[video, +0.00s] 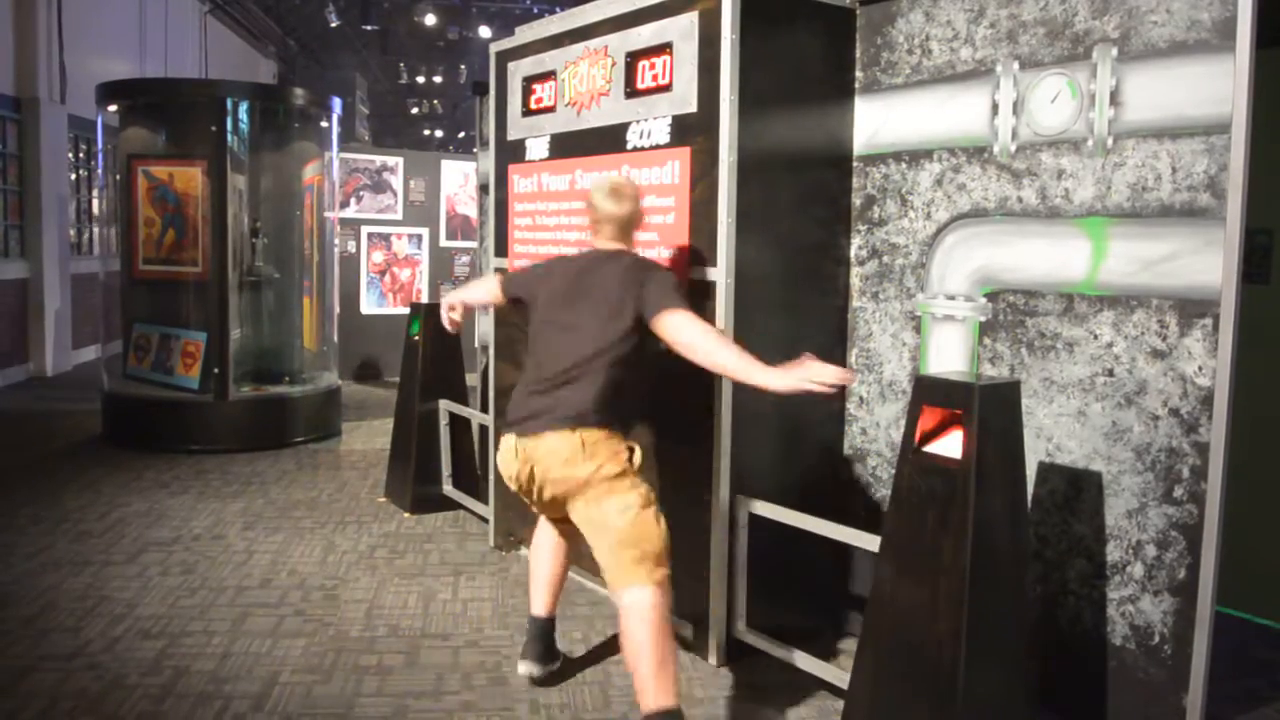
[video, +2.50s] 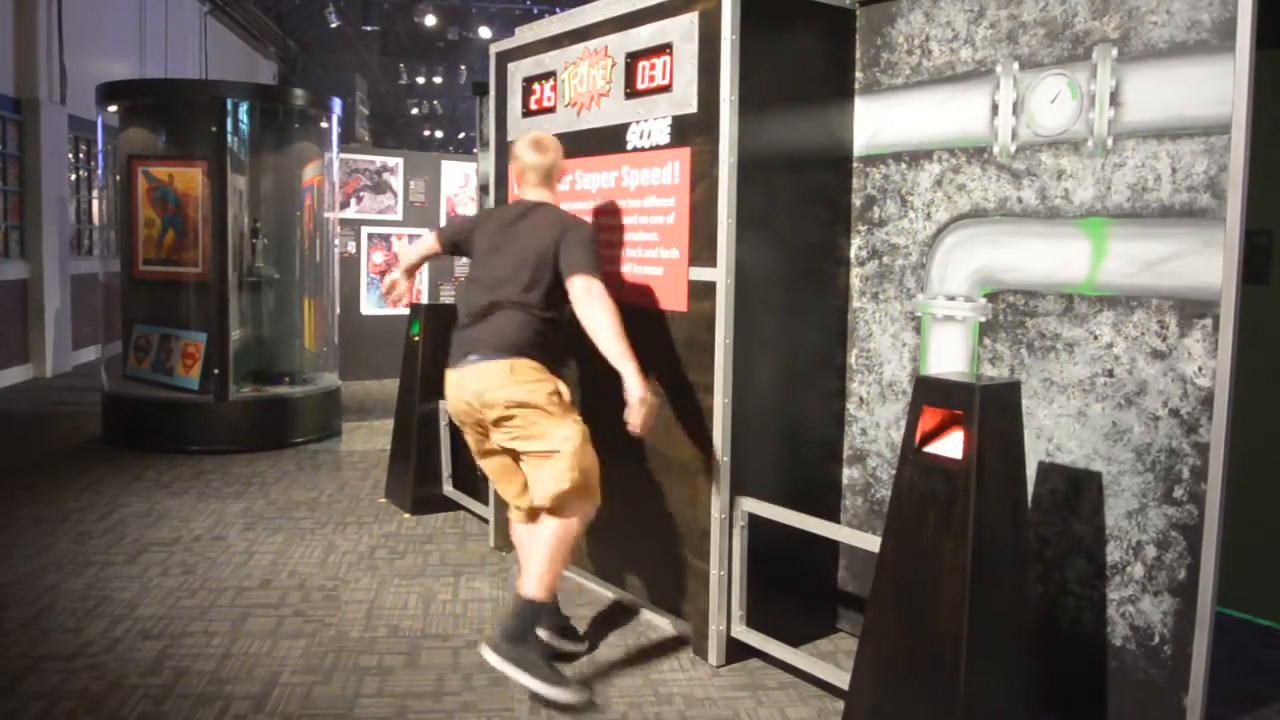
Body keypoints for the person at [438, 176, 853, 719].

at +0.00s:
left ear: (588, 223)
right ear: (637, 223)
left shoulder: (549, 273)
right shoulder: (644, 276)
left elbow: (487, 290)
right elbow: (687, 334)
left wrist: (453, 299)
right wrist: (771, 376)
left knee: (552, 514)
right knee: (640, 585)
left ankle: (538, 644)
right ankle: (661, 710)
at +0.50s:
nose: (466, 220)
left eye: (461, 215)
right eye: (462, 215)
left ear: (425, 231)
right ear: (460, 220)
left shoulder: (413, 272)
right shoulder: (481, 249)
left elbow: (380, 337)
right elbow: (504, 283)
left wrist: (414, 352)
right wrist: (541, 338)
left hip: (395, 389)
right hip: (445, 394)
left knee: (396, 444)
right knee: (518, 468)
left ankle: (351, 509)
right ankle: (495, 582)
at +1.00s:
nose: (436, 270)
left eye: (434, 265)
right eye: (433, 265)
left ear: (395, 268)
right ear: (421, 264)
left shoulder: (381, 293)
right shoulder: (421, 286)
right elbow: (433, 305)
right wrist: (461, 329)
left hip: (326, 383)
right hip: (366, 383)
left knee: (364, 432)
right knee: (457, 438)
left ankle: (328, 513)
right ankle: (420, 543)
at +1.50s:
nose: (534, 176)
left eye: (533, 167)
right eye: (526, 168)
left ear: (487, 176)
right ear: (494, 174)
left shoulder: (460, 226)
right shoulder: (508, 210)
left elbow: (413, 275)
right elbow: (545, 242)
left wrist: (378, 320)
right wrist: (607, 261)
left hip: (432, 363)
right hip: (465, 374)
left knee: (510, 439)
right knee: (479, 480)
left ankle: (463, 547)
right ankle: (383, 540)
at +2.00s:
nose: (788, 408)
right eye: (782, 395)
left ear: (729, 374)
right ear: (739, 387)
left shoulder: (661, 371)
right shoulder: (709, 409)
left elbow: (588, 383)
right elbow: (803, 471)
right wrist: (914, 465)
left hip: (503, 460)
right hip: (538, 477)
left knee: (577, 529)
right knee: (663, 596)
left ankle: (506, 634)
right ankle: (620, 716)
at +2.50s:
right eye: (561, 174)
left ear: (513, 178)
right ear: (561, 178)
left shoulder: (483, 222)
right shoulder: (568, 227)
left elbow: (429, 243)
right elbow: (586, 295)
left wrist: (403, 266)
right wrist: (633, 376)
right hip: (517, 371)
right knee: (574, 494)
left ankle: (546, 617)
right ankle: (517, 634)